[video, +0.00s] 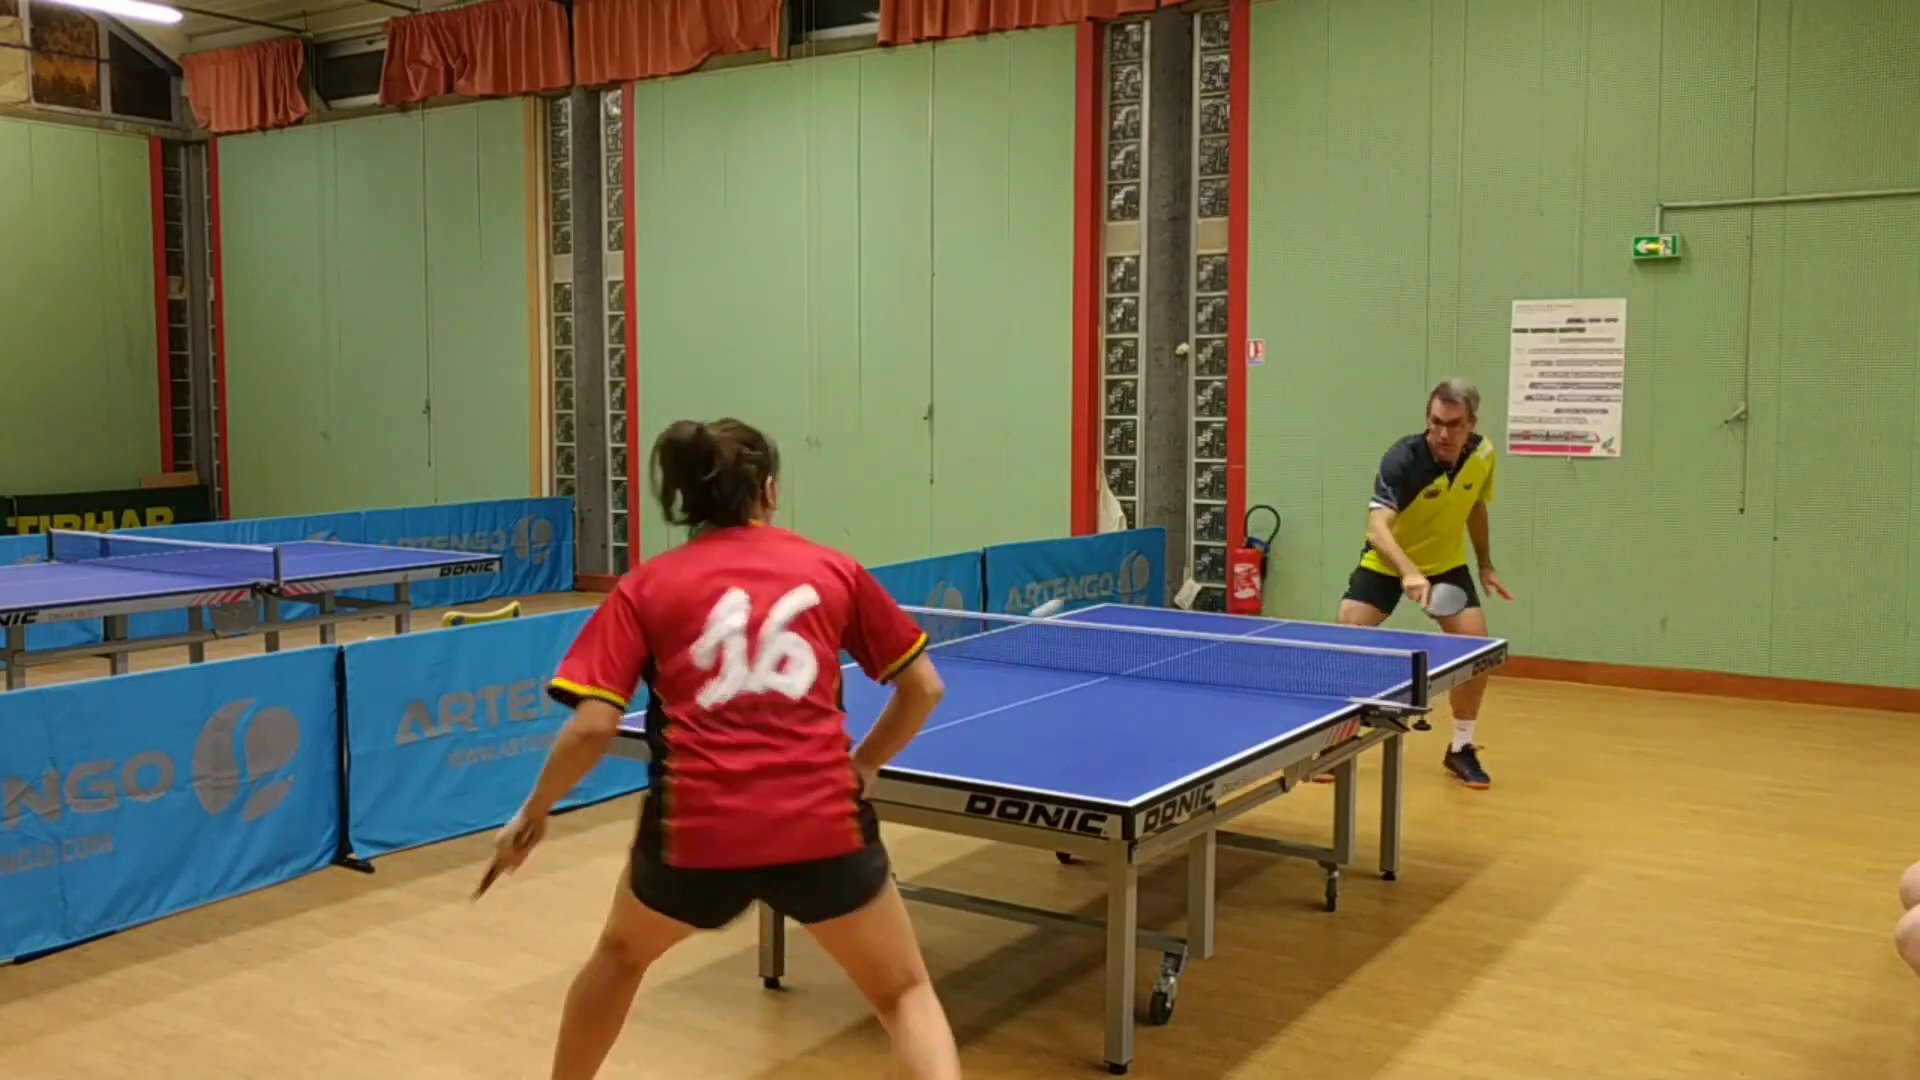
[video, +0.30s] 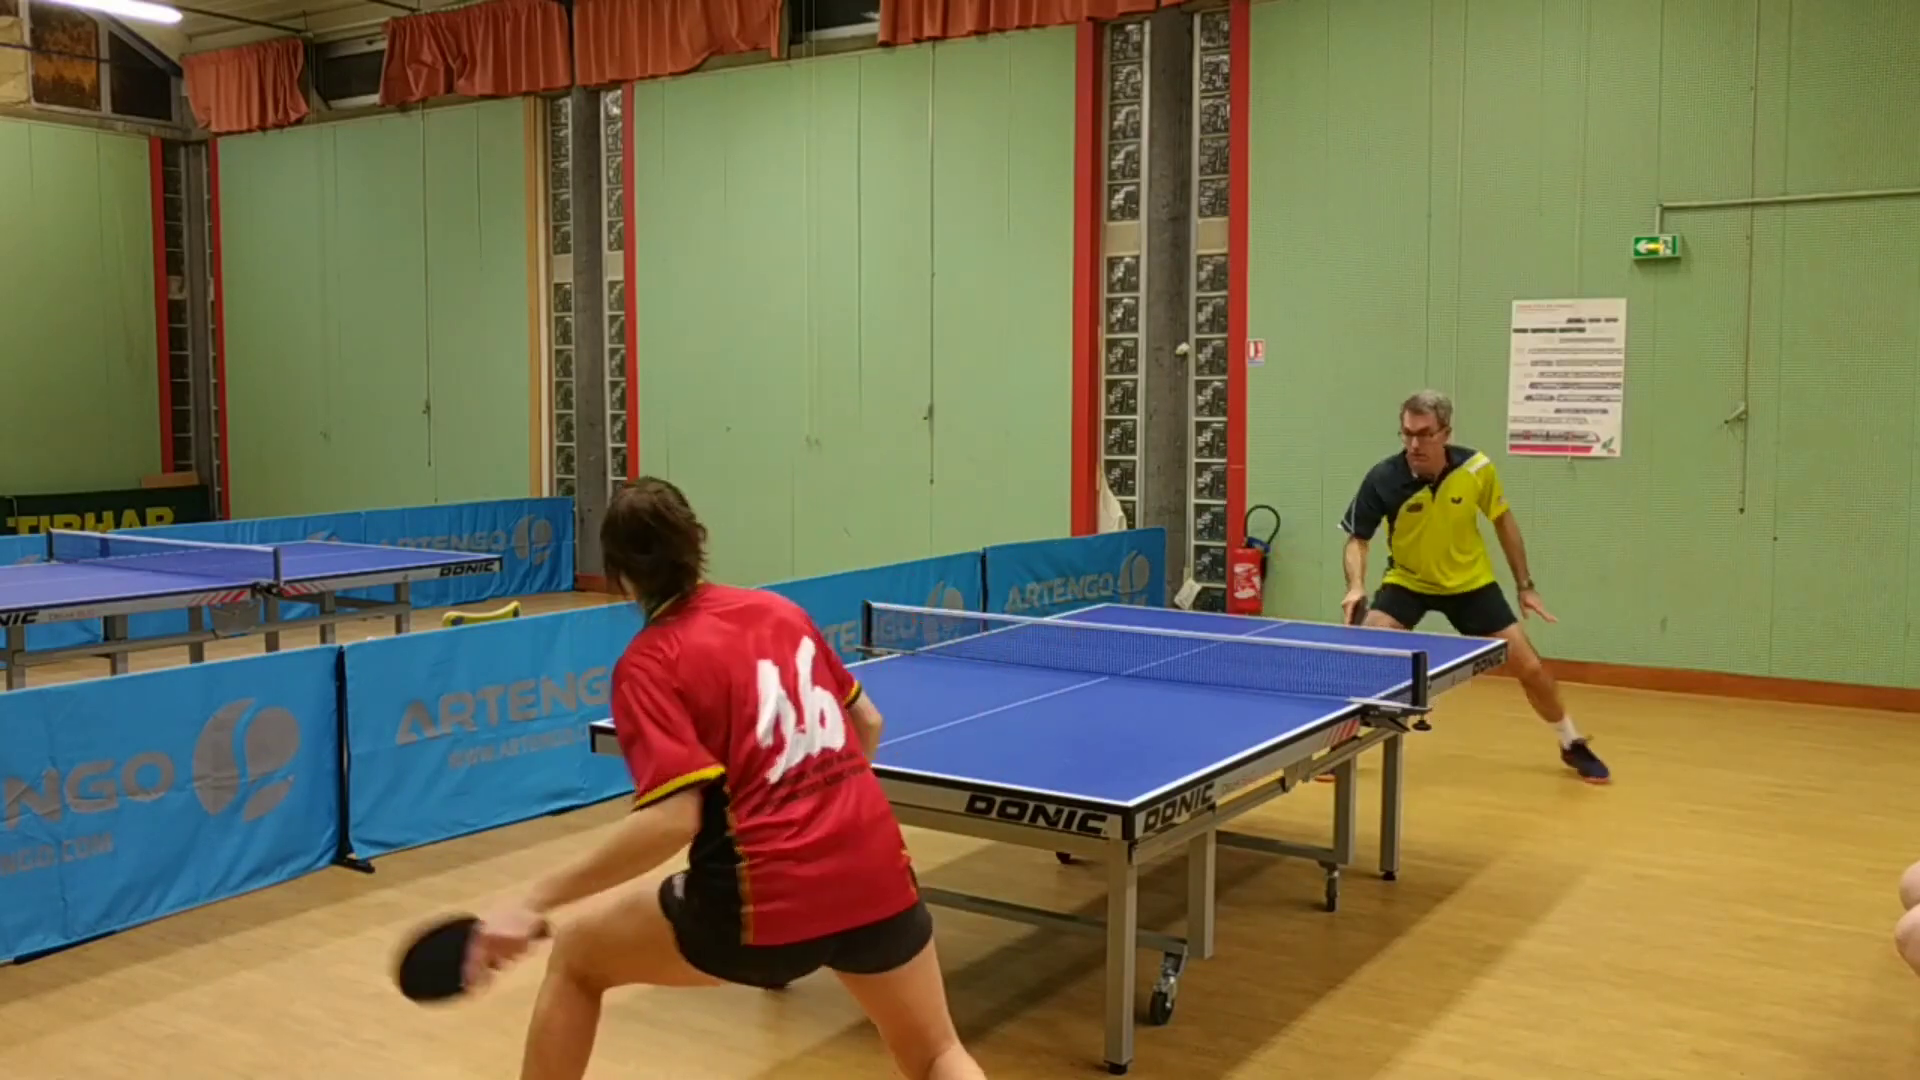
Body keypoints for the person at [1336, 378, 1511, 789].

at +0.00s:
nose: (1443, 434)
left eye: (1454, 426)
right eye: (1436, 423)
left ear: (1472, 424)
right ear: (1426, 419)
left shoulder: (1482, 455)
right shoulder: (1404, 456)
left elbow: (1477, 508)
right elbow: (1376, 524)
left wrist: (1486, 565)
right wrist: (1408, 571)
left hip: (1446, 563)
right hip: (1387, 560)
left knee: (1475, 646)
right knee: (1349, 633)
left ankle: (1462, 748)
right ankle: (1338, 741)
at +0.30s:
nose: (1414, 444)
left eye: (1424, 435)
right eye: (1407, 434)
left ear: (1445, 433)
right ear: (1401, 433)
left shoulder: (1476, 469)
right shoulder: (1384, 478)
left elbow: (1504, 523)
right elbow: (1357, 539)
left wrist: (1524, 586)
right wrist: (1356, 587)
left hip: (1471, 584)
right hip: (1407, 583)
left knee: (1530, 668)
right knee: (1363, 651)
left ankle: (1572, 743)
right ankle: (1341, 746)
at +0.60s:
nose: (1452, 430)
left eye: (1460, 420)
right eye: (1445, 422)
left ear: (1484, 417)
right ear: (1440, 422)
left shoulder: (1526, 453)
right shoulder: (1440, 462)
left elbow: (1568, 504)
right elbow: (1426, 516)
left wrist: (1571, 566)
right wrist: (1418, 559)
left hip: (1534, 569)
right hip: (1472, 566)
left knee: (1567, 660)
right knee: (1423, 634)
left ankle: (1586, 746)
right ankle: (1420, 724)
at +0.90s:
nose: (1472, 406)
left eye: (1477, 396)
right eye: (1467, 398)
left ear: (1504, 384)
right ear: (1470, 394)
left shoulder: (1551, 422)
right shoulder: (1482, 423)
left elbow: (1592, 473)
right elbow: (1493, 471)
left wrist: (1581, 538)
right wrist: (1476, 510)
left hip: (1552, 548)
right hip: (1501, 547)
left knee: (1567, 641)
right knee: (1473, 622)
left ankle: (1595, 736)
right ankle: (1446, 715)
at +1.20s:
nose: (1508, 385)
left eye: (1516, 376)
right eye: (1503, 377)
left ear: (1540, 372)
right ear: (1498, 376)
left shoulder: (1569, 421)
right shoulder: (1510, 411)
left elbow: (1615, 472)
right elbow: (1508, 452)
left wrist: (1619, 540)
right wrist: (1465, 468)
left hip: (1561, 549)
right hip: (1519, 543)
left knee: (1572, 639)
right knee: (1518, 616)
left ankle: (1596, 738)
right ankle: (1521, 696)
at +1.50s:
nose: (1500, 404)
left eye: (1509, 395)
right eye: (1494, 395)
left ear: (1530, 393)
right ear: (1489, 395)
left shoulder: (1559, 440)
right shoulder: (1489, 434)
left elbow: (1590, 498)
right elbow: (1492, 486)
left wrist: (1604, 560)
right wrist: (1481, 530)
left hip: (1559, 556)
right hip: (1513, 555)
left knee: (1569, 635)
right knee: (1513, 626)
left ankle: (1592, 735)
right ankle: (1535, 707)